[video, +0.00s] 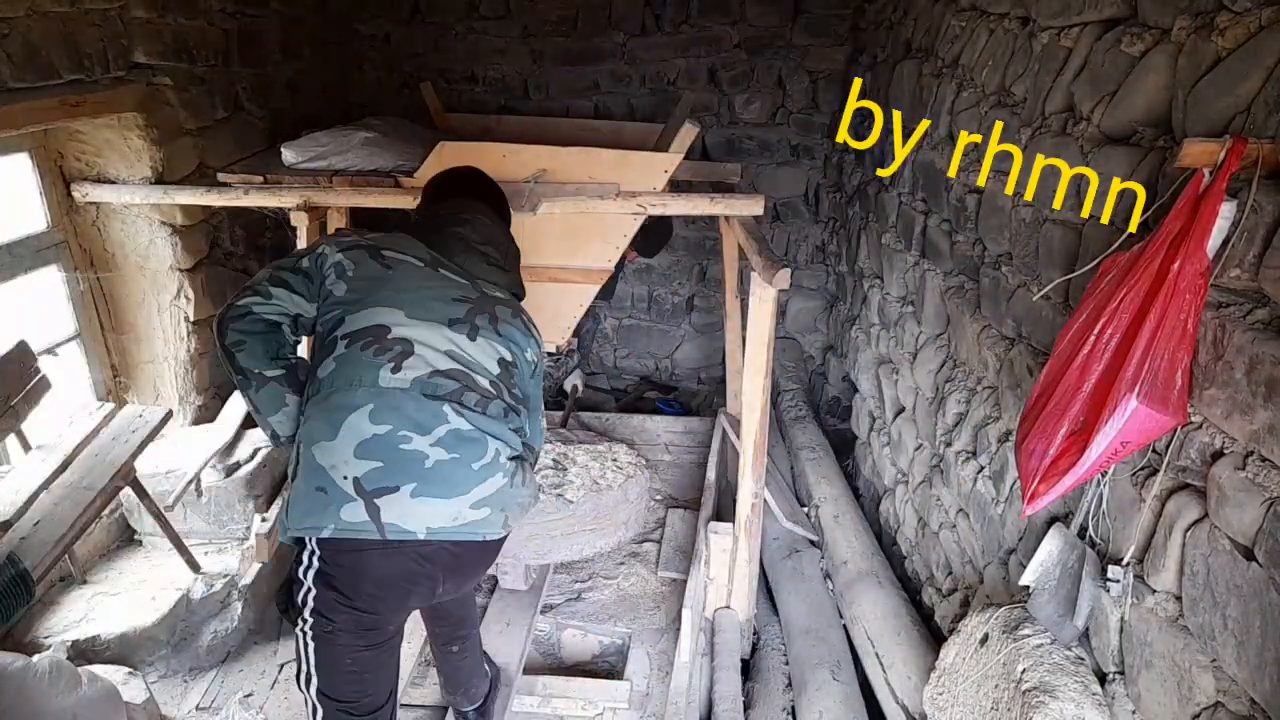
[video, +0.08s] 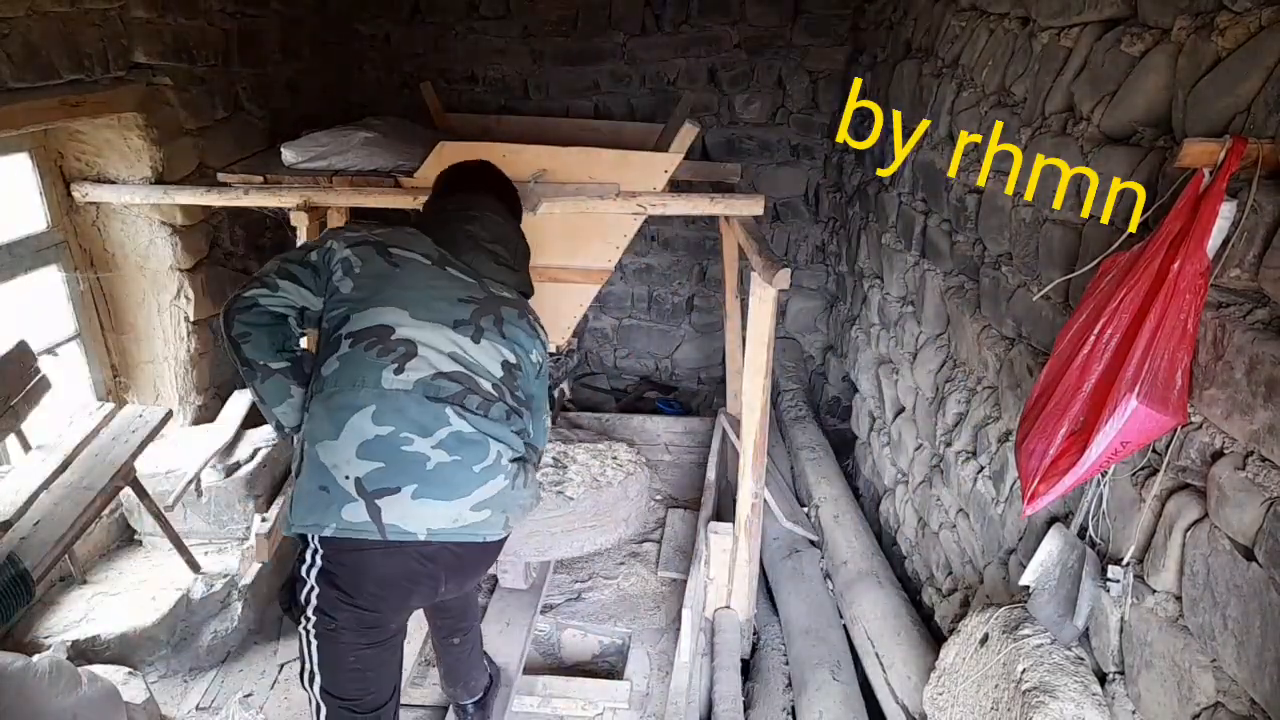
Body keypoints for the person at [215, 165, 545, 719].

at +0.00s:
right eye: (492, 225)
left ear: (421, 213)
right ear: (500, 236)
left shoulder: (350, 254)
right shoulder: (516, 319)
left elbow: (249, 321)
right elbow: (531, 442)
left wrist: (303, 430)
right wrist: (502, 504)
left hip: (353, 543)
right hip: (472, 539)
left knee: (354, 709)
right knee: (456, 622)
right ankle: (473, 701)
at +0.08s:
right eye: (501, 219)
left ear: (430, 209)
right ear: (510, 231)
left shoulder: (354, 250)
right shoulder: (522, 317)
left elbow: (254, 314)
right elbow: (534, 444)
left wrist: (306, 419)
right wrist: (504, 500)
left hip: (356, 547)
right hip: (473, 544)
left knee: (356, 708)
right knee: (459, 618)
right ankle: (471, 696)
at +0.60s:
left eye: (279, 221)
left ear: (288, 224)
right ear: (372, 211)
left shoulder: (257, 288)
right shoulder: (433, 280)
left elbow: (205, 414)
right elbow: (492, 361)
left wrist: (287, 487)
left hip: (356, 553)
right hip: (470, 530)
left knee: (340, 709)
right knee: (416, 606)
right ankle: (433, 707)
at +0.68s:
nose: (288, 208)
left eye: (293, 200)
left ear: (300, 207)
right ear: (385, 199)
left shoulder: (262, 276)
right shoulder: (442, 274)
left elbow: (207, 404)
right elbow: (497, 371)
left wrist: (298, 444)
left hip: (352, 554)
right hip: (465, 532)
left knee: (335, 708)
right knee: (419, 597)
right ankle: (434, 699)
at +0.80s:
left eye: (286, 195)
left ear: (292, 202)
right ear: (387, 194)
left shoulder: (251, 307)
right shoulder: (458, 288)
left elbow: (249, 462)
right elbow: (486, 404)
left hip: (357, 585)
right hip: (467, 554)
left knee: (335, 708)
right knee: (433, 614)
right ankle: (440, 686)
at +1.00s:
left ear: (390, 194)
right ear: (484, 213)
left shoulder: (299, 264)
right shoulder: (495, 332)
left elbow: (247, 399)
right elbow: (488, 452)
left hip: (319, 585)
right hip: (436, 565)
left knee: (321, 708)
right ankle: (435, 690)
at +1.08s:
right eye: (424, 250)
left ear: (344, 243)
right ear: (430, 253)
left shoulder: (265, 299)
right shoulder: (454, 338)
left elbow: (185, 440)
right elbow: (474, 468)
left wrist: (264, 500)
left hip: (298, 613)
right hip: (430, 586)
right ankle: (435, 703)